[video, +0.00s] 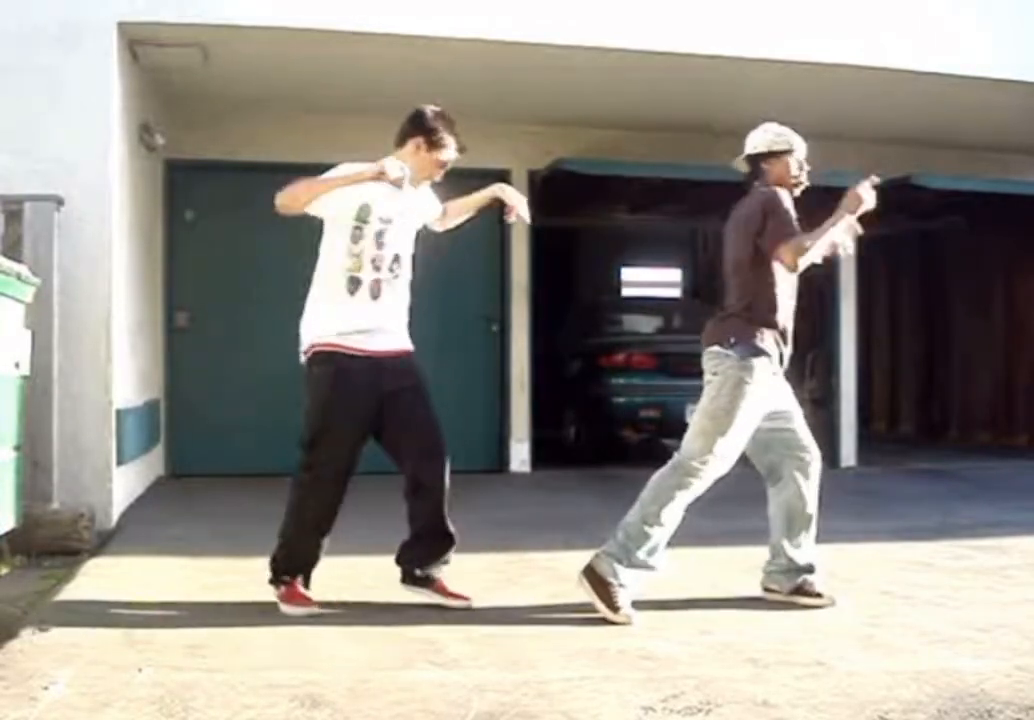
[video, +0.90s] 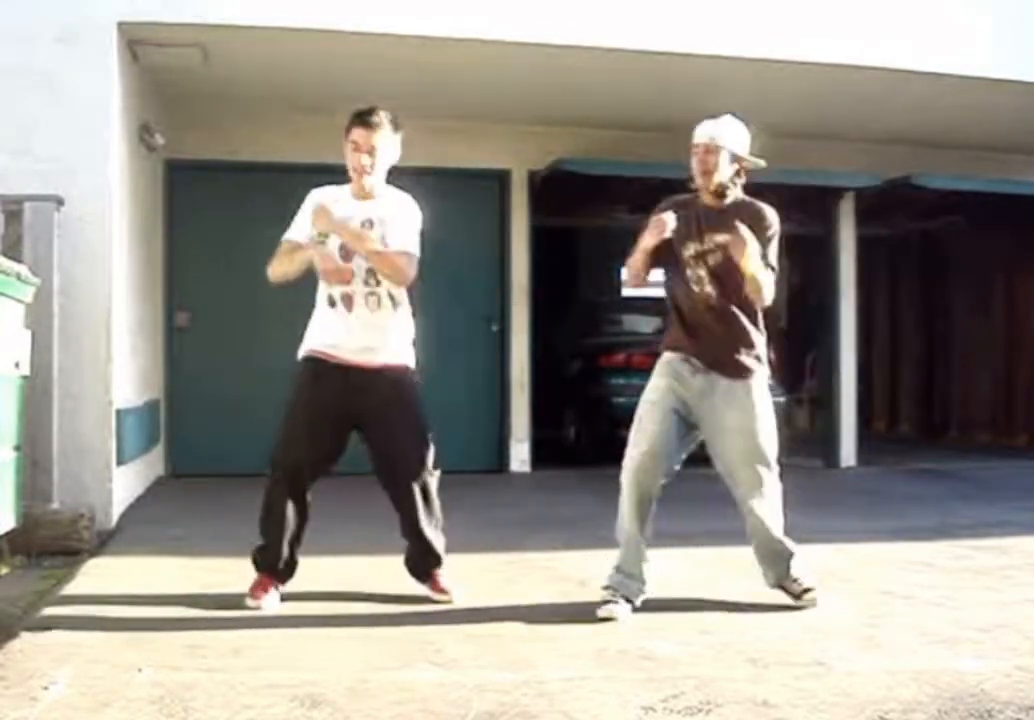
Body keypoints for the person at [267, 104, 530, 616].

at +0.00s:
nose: (443, 171)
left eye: (448, 163)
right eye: (441, 159)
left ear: (425, 151)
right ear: (416, 145)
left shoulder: (420, 197)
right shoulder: (352, 183)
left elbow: (445, 217)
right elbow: (287, 202)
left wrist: (493, 192)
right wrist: (361, 175)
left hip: (394, 350)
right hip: (339, 347)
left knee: (428, 457)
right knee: (327, 465)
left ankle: (423, 565)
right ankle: (290, 574)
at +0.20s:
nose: (457, 198)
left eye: (465, 191)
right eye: (457, 185)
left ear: (446, 175)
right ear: (433, 165)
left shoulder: (427, 217)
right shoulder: (368, 191)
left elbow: (422, 249)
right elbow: (280, 204)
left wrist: (478, 231)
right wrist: (340, 213)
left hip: (370, 345)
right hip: (316, 340)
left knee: (406, 449)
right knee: (309, 457)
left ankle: (408, 555)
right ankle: (274, 568)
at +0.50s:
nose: (448, 241)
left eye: (455, 234)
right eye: (448, 230)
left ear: (437, 216)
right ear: (425, 210)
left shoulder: (430, 251)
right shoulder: (361, 229)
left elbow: (441, 281)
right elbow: (278, 250)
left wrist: (495, 267)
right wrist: (327, 279)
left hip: (373, 364)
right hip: (318, 362)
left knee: (417, 453)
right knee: (307, 465)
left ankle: (413, 554)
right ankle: (266, 564)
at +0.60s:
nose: (453, 241)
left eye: (458, 233)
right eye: (451, 230)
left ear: (430, 218)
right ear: (424, 215)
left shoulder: (426, 263)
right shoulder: (348, 246)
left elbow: (404, 313)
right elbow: (289, 295)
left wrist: (462, 313)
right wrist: (333, 320)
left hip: (381, 377)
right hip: (324, 375)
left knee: (424, 467)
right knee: (306, 471)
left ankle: (432, 569)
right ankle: (271, 573)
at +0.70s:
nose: (420, 231)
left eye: (429, 223)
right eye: (414, 218)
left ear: (435, 224)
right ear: (388, 204)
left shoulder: (422, 273)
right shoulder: (334, 256)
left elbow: (430, 340)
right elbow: (305, 335)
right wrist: (339, 305)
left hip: (390, 399)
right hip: (331, 398)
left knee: (431, 485)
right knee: (311, 486)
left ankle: (427, 572)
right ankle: (269, 581)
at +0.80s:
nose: (406, 219)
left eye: (416, 211)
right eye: (400, 206)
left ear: (424, 214)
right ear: (377, 198)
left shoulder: (420, 266)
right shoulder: (329, 250)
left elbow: (441, 346)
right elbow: (301, 334)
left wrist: (389, 352)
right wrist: (331, 285)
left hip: (391, 396)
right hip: (330, 393)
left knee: (430, 485)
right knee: (310, 484)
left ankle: (427, 574)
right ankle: (272, 580)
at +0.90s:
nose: (362, 160)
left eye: (372, 151)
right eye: (356, 149)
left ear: (391, 155)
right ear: (344, 149)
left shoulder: (403, 208)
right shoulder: (321, 201)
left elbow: (403, 273)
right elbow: (277, 270)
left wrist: (344, 232)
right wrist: (314, 254)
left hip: (388, 368)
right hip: (325, 363)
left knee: (415, 470)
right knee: (290, 468)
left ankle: (429, 568)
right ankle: (270, 574)